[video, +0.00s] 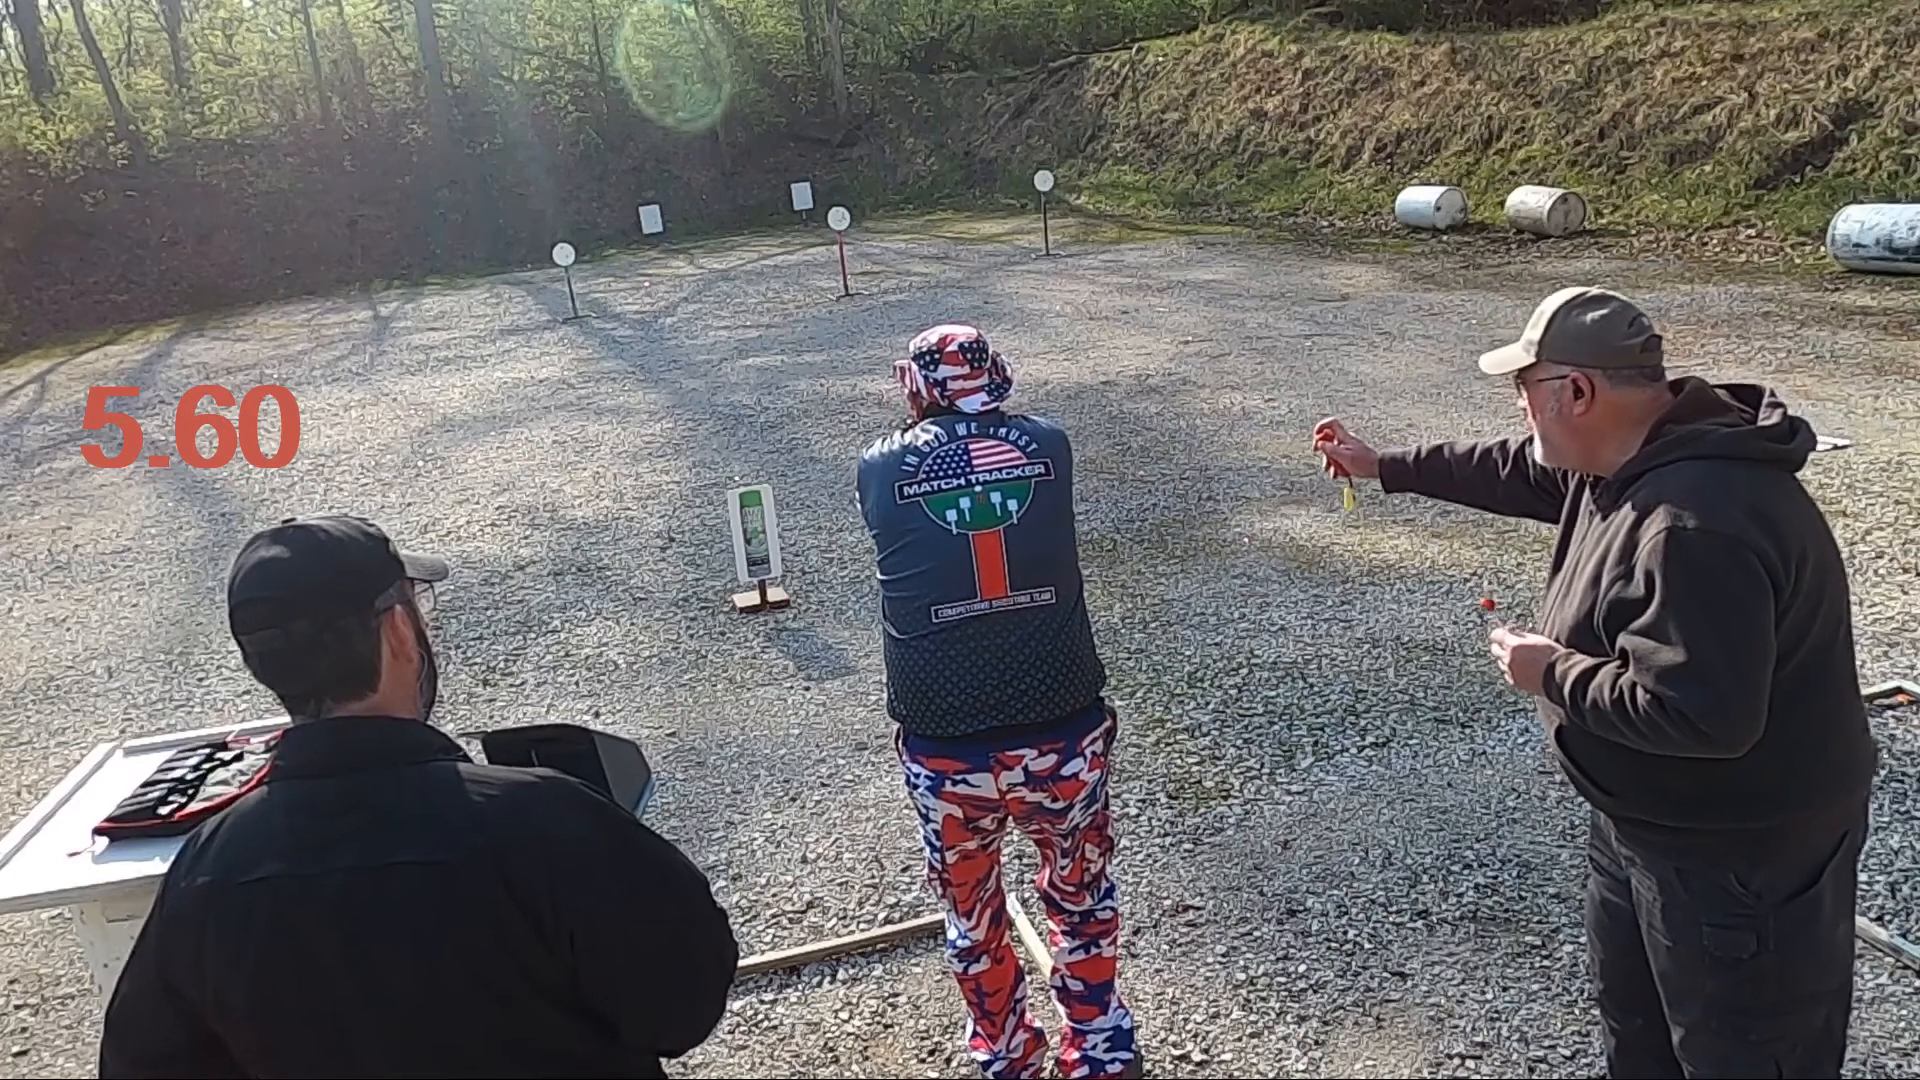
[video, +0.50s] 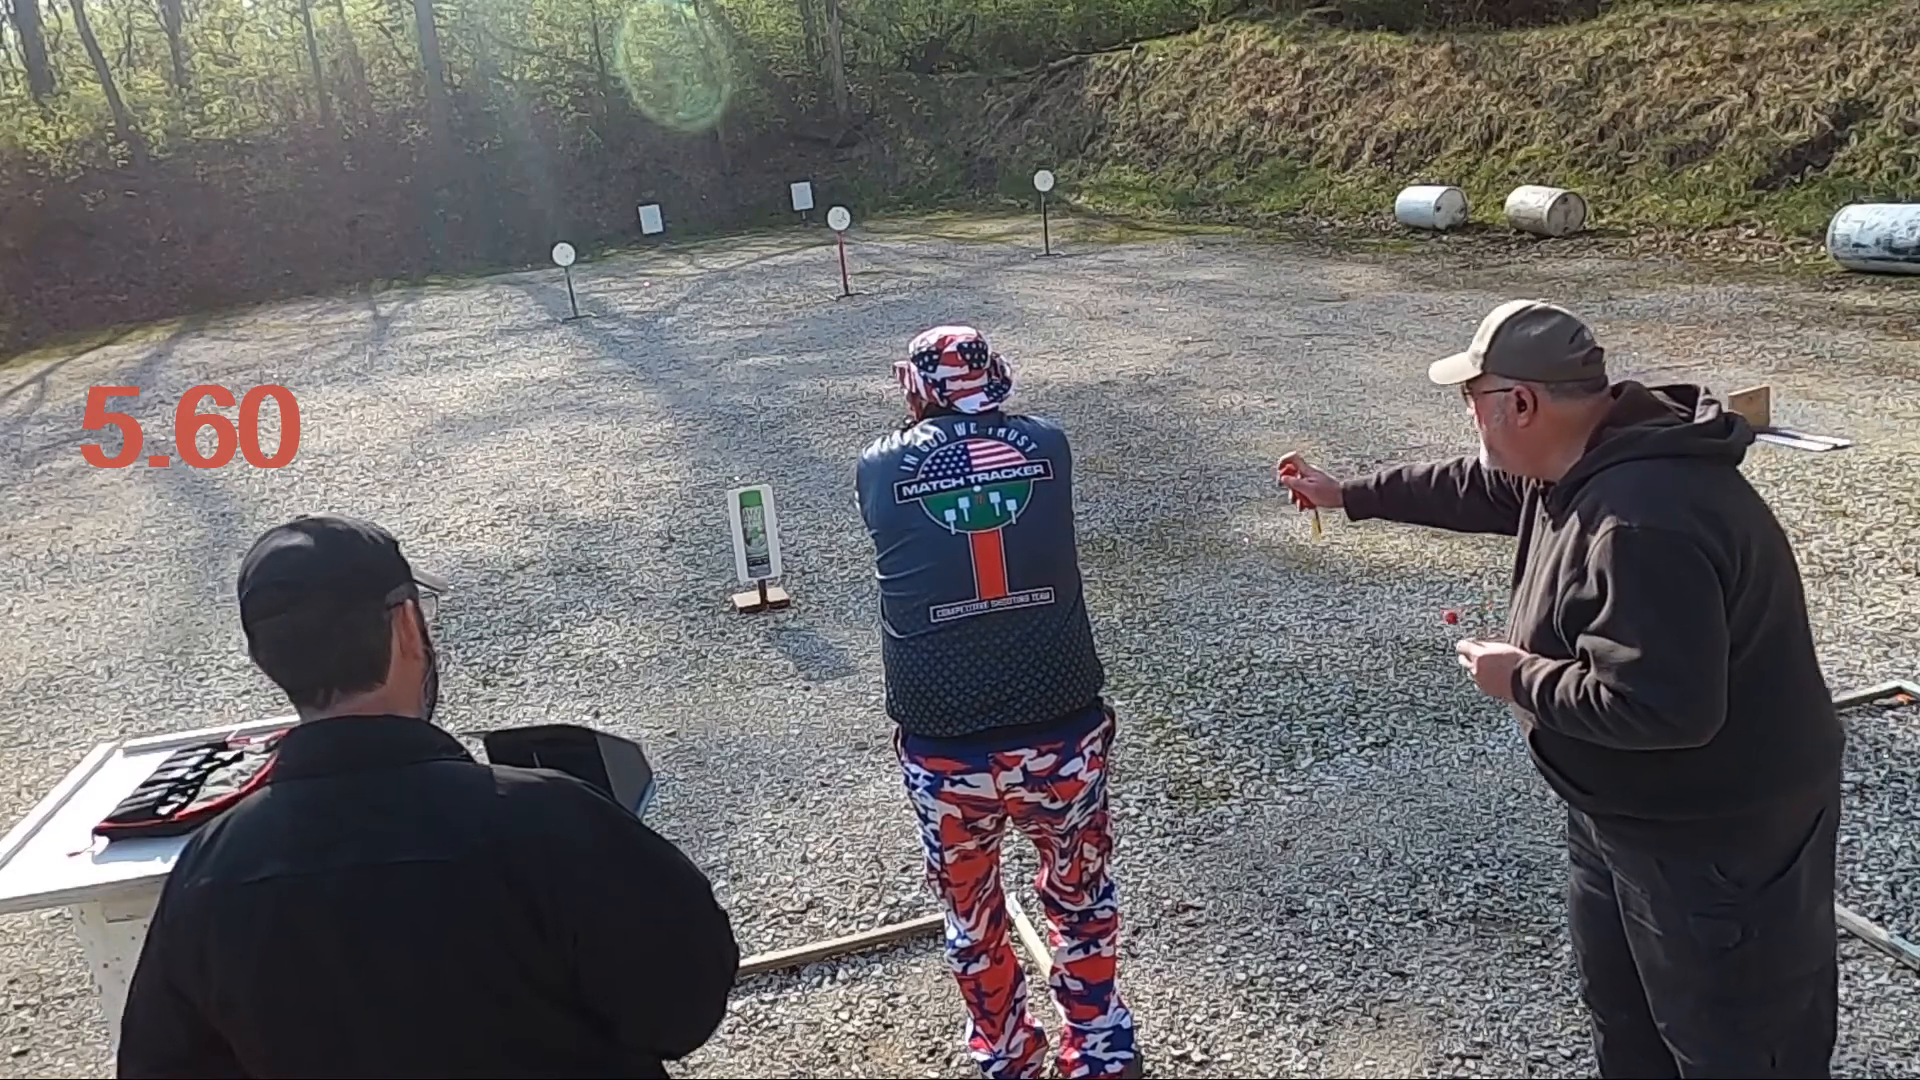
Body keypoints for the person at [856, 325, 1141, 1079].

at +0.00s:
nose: (904, 398)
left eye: (907, 389)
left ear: (916, 396)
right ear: (997, 387)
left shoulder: (879, 470)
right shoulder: (1049, 444)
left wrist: (931, 416)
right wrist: (947, 411)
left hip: (946, 752)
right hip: (1064, 738)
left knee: (973, 908)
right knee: (1082, 898)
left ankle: (1005, 1058)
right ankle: (1102, 1056)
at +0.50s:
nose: (904, 398)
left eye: (907, 389)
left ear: (916, 397)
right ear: (997, 389)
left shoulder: (878, 470)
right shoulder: (1048, 444)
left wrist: (928, 419)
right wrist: (944, 413)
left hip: (944, 753)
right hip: (1063, 739)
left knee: (972, 908)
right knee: (1081, 898)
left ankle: (1006, 1058)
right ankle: (1102, 1056)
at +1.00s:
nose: (904, 398)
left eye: (907, 389)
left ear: (915, 397)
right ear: (997, 388)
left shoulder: (878, 470)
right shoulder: (1047, 443)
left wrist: (932, 421)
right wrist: (947, 416)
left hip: (944, 749)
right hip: (1062, 735)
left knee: (972, 908)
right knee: (1080, 897)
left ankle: (1006, 1058)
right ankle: (1102, 1056)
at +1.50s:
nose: (905, 398)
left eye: (907, 389)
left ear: (916, 397)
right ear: (996, 389)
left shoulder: (878, 470)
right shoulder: (1046, 442)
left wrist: (929, 419)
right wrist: (945, 414)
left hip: (944, 748)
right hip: (1062, 734)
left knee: (972, 907)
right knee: (1080, 896)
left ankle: (1006, 1058)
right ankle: (1102, 1056)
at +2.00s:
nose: (902, 400)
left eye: (905, 391)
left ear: (915, 398)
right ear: (996, 389)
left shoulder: (877, 470)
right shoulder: (1045, 443)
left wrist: (931, 423)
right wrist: (946, 418)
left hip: (944, 749)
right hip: (1062, 736)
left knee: (971, 906)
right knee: (1080, 896)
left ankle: (1005, 1057)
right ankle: (1102, 1056)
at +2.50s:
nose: (904, 399)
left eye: (909, 389)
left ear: (913, 399)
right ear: (994, 388)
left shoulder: (878, 469)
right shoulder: (1043, 441)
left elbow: (883, 450)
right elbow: (985, 433)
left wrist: (900, 409)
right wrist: (939, 403)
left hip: (943, 746)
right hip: (1062, 732)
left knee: (972, 909)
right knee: (1079, 897)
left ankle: (1006, 1058)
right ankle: (1101, 1055)